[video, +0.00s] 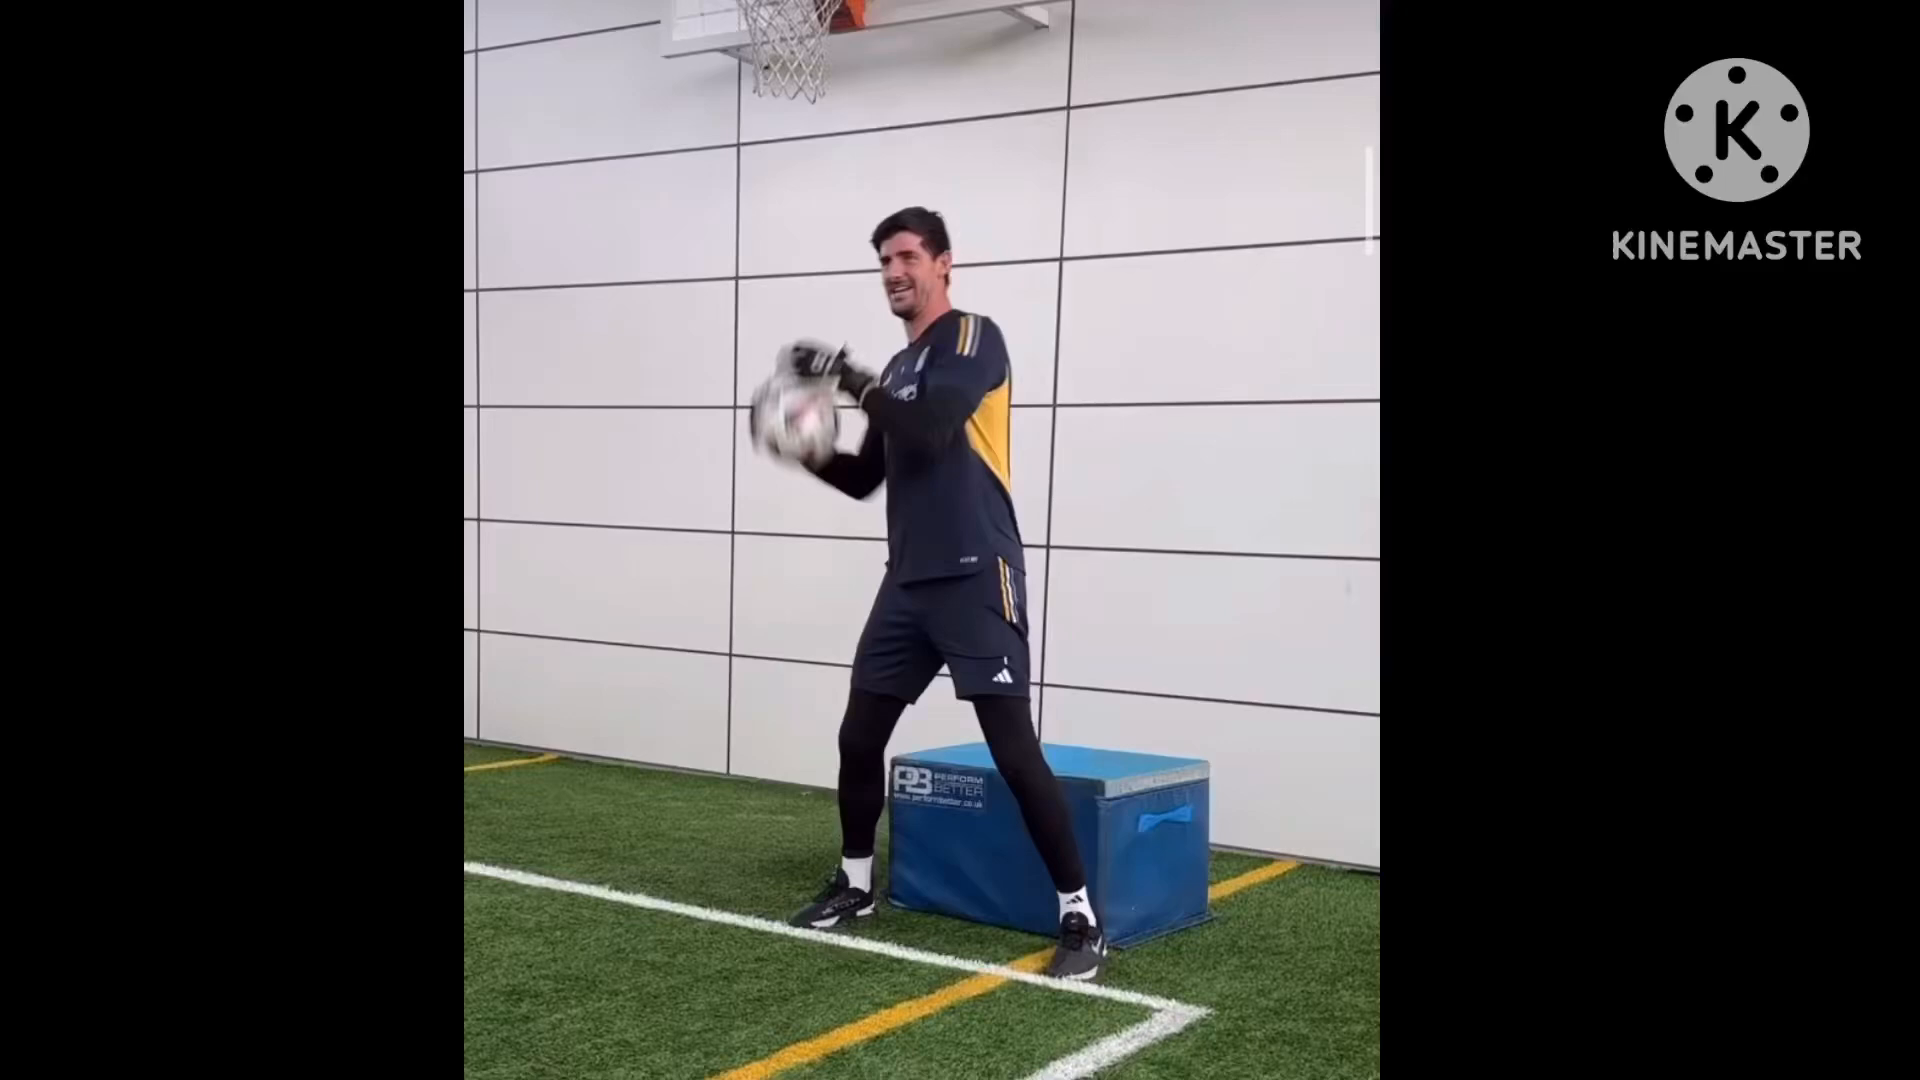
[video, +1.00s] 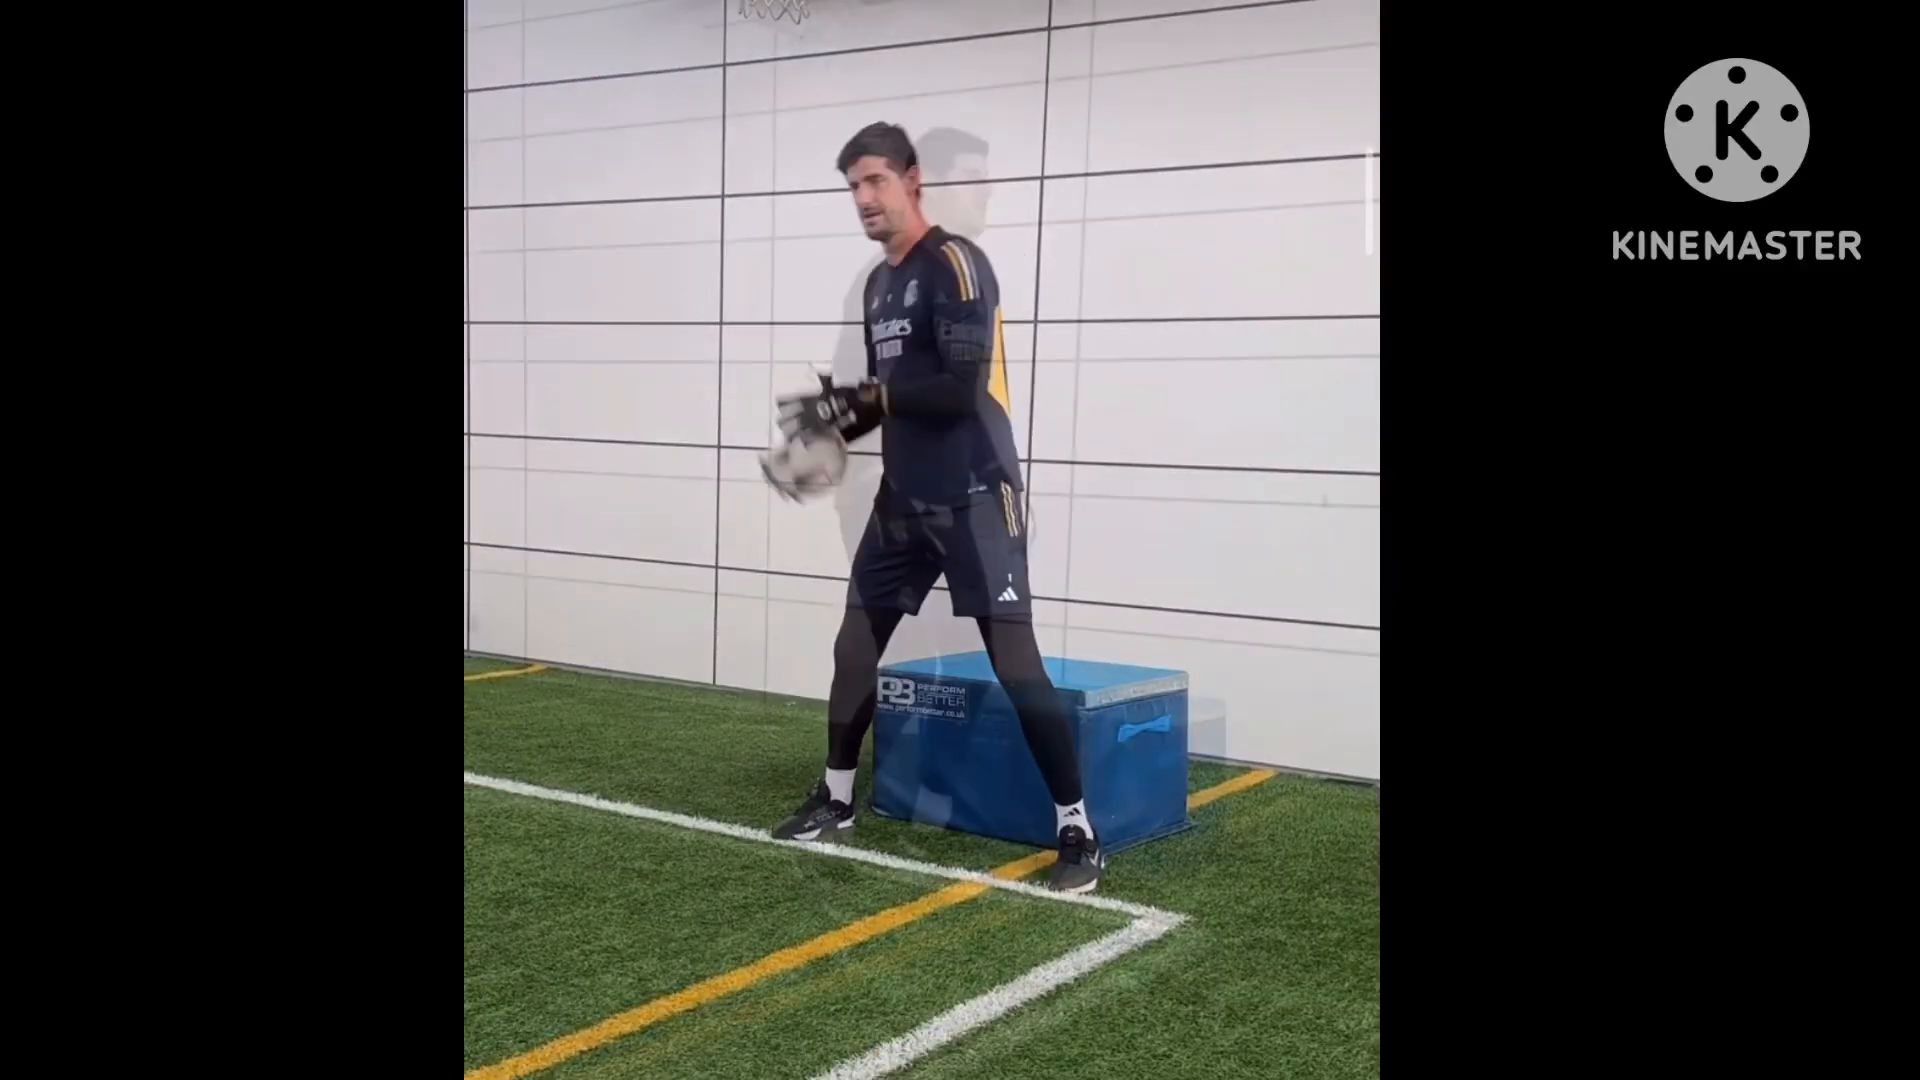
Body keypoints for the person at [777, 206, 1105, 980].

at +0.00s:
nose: (894, 273)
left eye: (907, 258)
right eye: (886, 262)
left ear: (944, 265)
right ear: (883, 275)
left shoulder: (975, 336)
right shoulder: (896, 372)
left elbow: (932, 426)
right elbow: (861, 478)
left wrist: (848, 377)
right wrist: (808, 445)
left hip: (979, 571)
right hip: (910, 578)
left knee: (1013, 748)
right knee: (860, 734)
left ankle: (1079, 918)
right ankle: (857, 885)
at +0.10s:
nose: (874, 276)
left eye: (887, 261)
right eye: (866, 266)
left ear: (925, 267)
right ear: (867, 279)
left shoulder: (953, 336)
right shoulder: (893, 373)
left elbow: (934, 450)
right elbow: (910, 480)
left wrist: (837, 423)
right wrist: (837, 505)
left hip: (979, 574)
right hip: (910, 581)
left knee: (1016, 747)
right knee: (860, 737)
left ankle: (1080, 918)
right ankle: (856, 887)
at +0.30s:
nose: (893, 164)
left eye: (908, 150)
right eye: (886, 152)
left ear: (945, 159)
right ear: (879, 165)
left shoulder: (990, 254)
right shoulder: (869, 262)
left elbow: (1056, 366)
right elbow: (868, 364)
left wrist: (1038, 476)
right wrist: (850, 462)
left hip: (976, 483)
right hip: (892, 484)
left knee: (1014, 653)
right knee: (843, 641)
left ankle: (1076, 822)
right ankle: (829, 789)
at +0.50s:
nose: (892, 190)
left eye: (906, 175)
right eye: (884, 177)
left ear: (942, 180)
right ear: (877, 189)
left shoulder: (988, 271)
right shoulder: (873, 284)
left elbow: (1056, 381)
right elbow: (846, 376)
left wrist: (994, 433)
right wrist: (811, 432)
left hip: (975, 507)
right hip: (895, 505)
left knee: (1012, 669)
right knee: (837, 648)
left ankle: (1077, 831)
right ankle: (832, 797)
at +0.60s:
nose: (901, 187)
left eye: (914, 172)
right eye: (892, 174)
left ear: (950, 175)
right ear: (886, 183)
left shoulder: (988, 253)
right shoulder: (879, 274)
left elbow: (1014, 332)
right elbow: (798, 351)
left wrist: (921, 313)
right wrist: (780, 314)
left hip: (977, 496)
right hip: (894, 497)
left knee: (1016, 666)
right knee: (848, 650)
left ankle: (1076, 829)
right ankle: (836, 797)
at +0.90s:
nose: (891, 192)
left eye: (902, 175)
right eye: (881, 181)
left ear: (939, 175)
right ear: (878, 191)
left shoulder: (984, 257)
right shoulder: (885, 278)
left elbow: (955, 367)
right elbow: (845, 388)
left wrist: (867, 348)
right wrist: (818, 354)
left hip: (977, 494)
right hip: (902, 497)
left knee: (1017, 666)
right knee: (854, 651)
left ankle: (1076, 832)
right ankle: (835, 798)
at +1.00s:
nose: (863, 200)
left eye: (874, 183)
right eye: (854, 188)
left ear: (913, 181)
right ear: (853, 196)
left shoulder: (959, 264)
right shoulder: (878, 285)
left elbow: (959, 390)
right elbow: (891, 396)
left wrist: (874, 395)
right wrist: (840, 422)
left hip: (976, 488)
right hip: (907, 492)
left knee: (1016, 660)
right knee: (856, 644)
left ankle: (1076, 831)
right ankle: (835, 801)